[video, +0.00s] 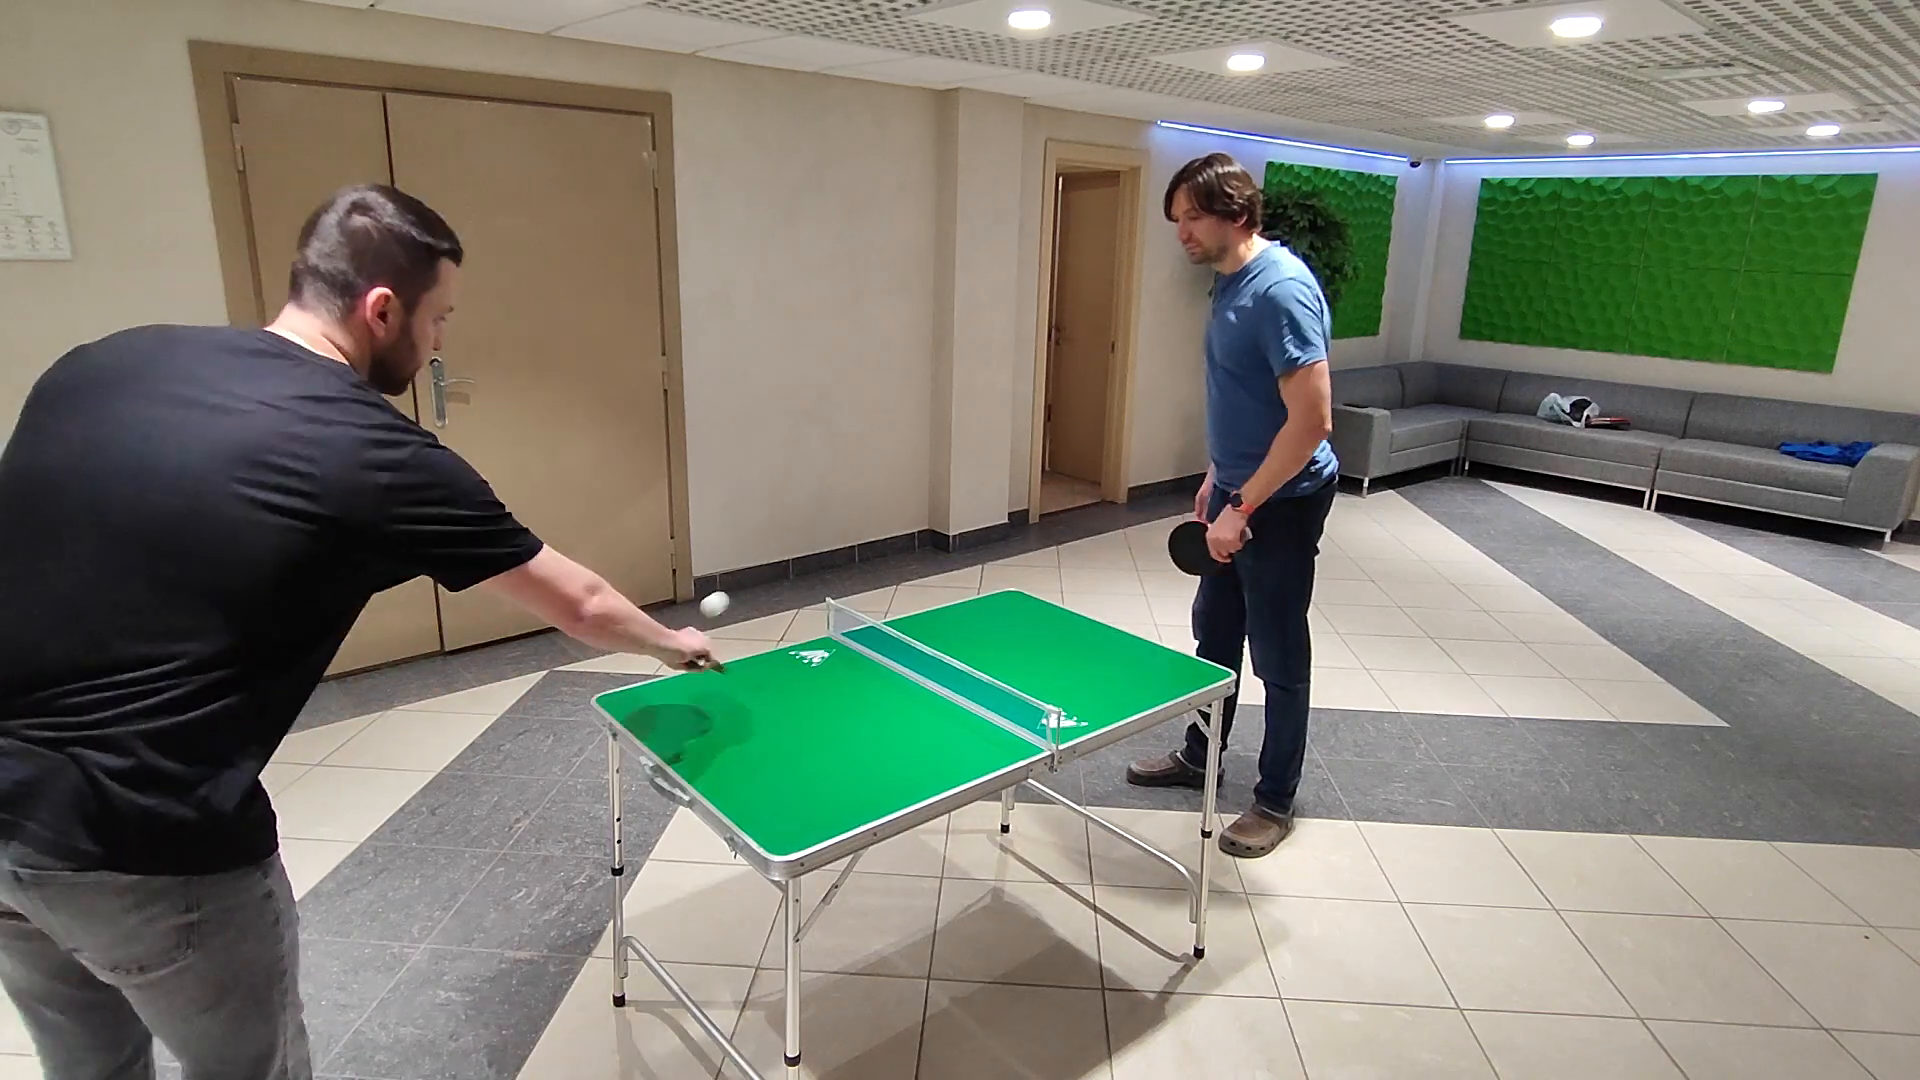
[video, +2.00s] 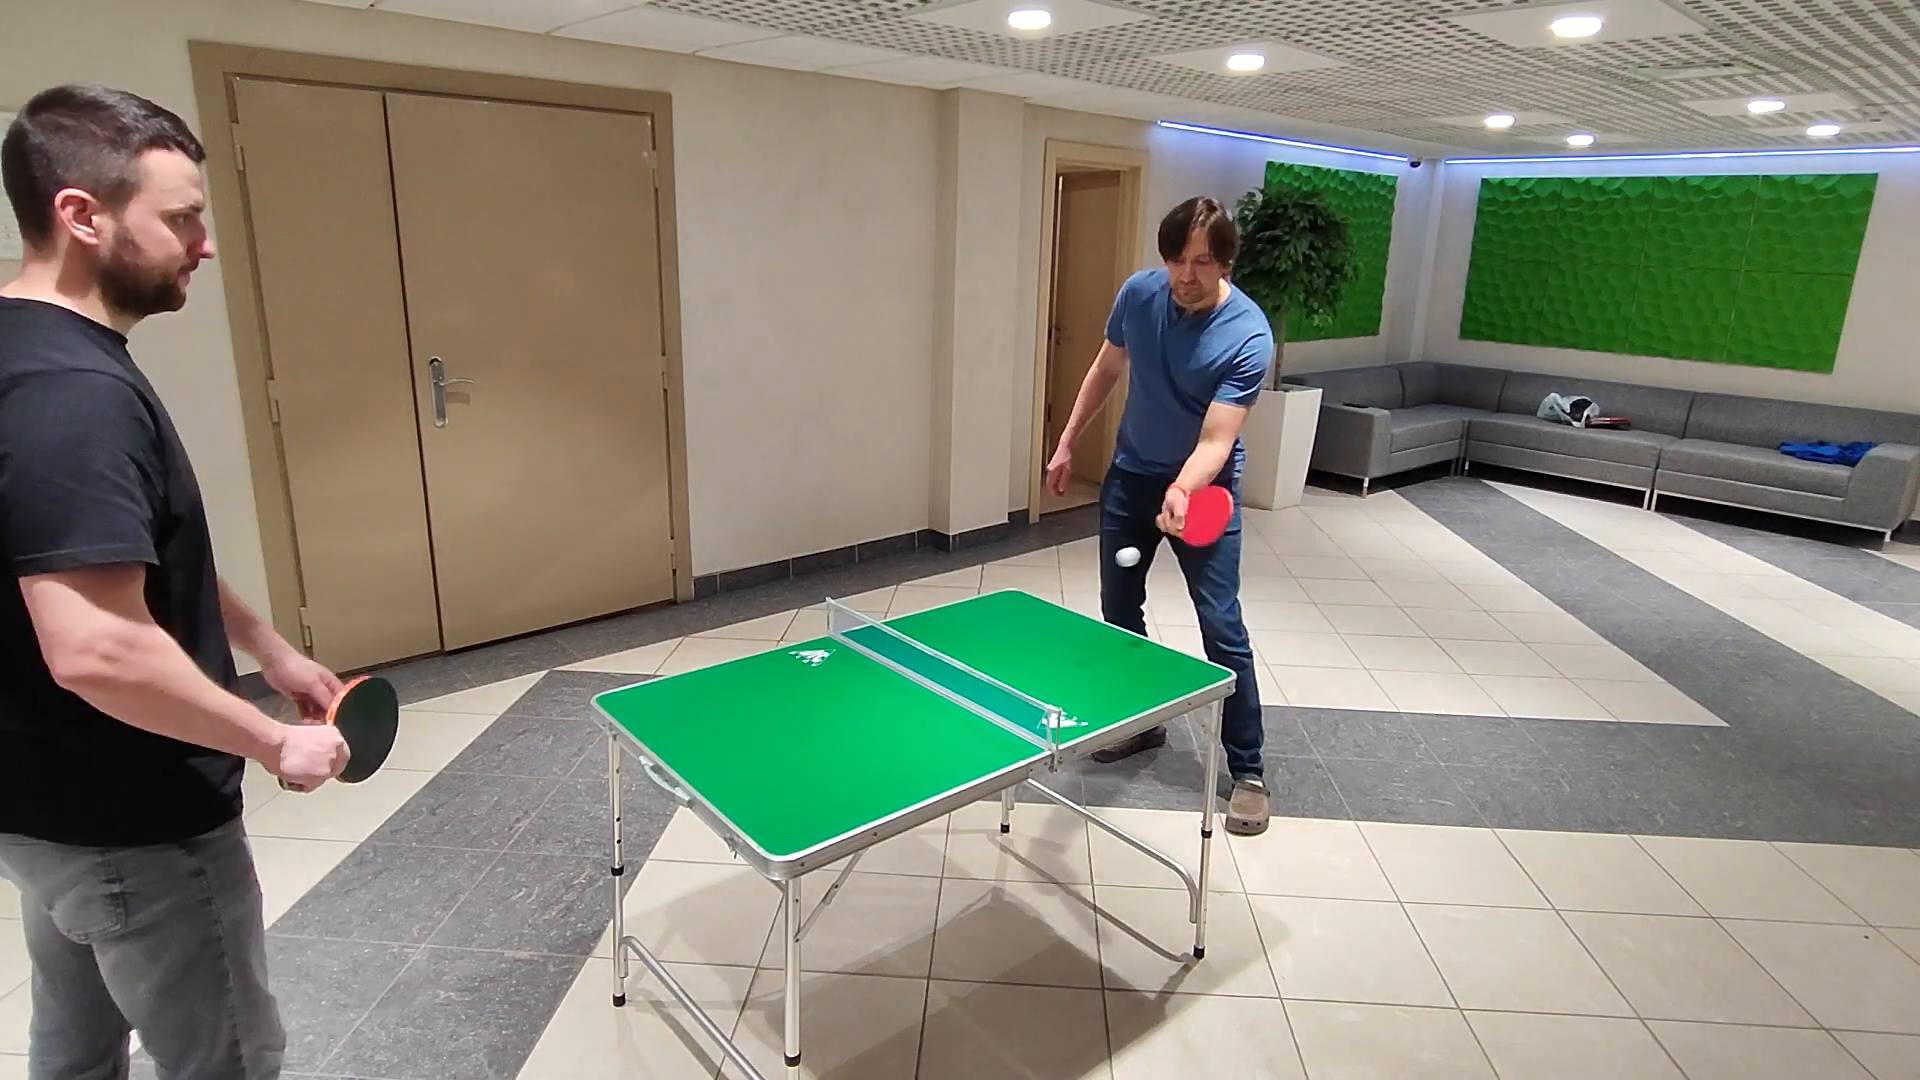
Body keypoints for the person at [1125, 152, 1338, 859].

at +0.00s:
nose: (1180, 235)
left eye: (1188, 220)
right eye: (1176, 222)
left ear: (1232, 213)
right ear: (1205, 217)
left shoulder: (1282, 289)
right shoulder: (1234, 281)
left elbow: (1313, 422)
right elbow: (1243, 401)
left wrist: (1242, 508)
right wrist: (1214, 479)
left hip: (1287, 498)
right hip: (1237, 489)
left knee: (1279, 659)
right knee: (1215, 632)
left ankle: (1274, 804)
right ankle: (1198, 757)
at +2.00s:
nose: (1186, 275)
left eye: (1201, 263)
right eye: (1177, 260)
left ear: (1226, 263)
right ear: (1164, 255)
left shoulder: (1247, 339)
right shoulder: (1141, 294)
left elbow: (1218, 439)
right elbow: (1107, 366)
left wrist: (1182, 488)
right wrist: (1066, 441)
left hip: (1203, 486)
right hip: (1132, 476)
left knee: (1221, 628)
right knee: (1119, 610)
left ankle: (1248, 773)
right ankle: (1140, 721)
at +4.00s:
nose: (1270, 192)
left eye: (1287, 186)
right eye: (1267, 181)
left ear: (1319, 207)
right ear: (1258, 191)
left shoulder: (1344, 294)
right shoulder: (1223, 269)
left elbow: (1355, 419)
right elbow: (1189, 369)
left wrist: (1354, 520)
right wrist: (1155, 451)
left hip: (1279, 491)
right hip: (1201, 476)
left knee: (1254, 642)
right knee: (1171, 615)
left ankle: (1235, 764)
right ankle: (1162, 734)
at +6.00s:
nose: (1195, 232)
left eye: (1208, 220)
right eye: (1188, 219)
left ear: (1246, 215)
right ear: (1183, 217)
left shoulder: (1299, 274)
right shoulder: (1165, 294)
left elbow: (1320, 376)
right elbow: (1145, 398)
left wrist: (1329, 465)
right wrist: (1131, 465)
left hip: (1271, 488)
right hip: (1185, 488)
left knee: (1266, 640)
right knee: (1165, 633)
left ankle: (1262, 765)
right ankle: (1153, 761)